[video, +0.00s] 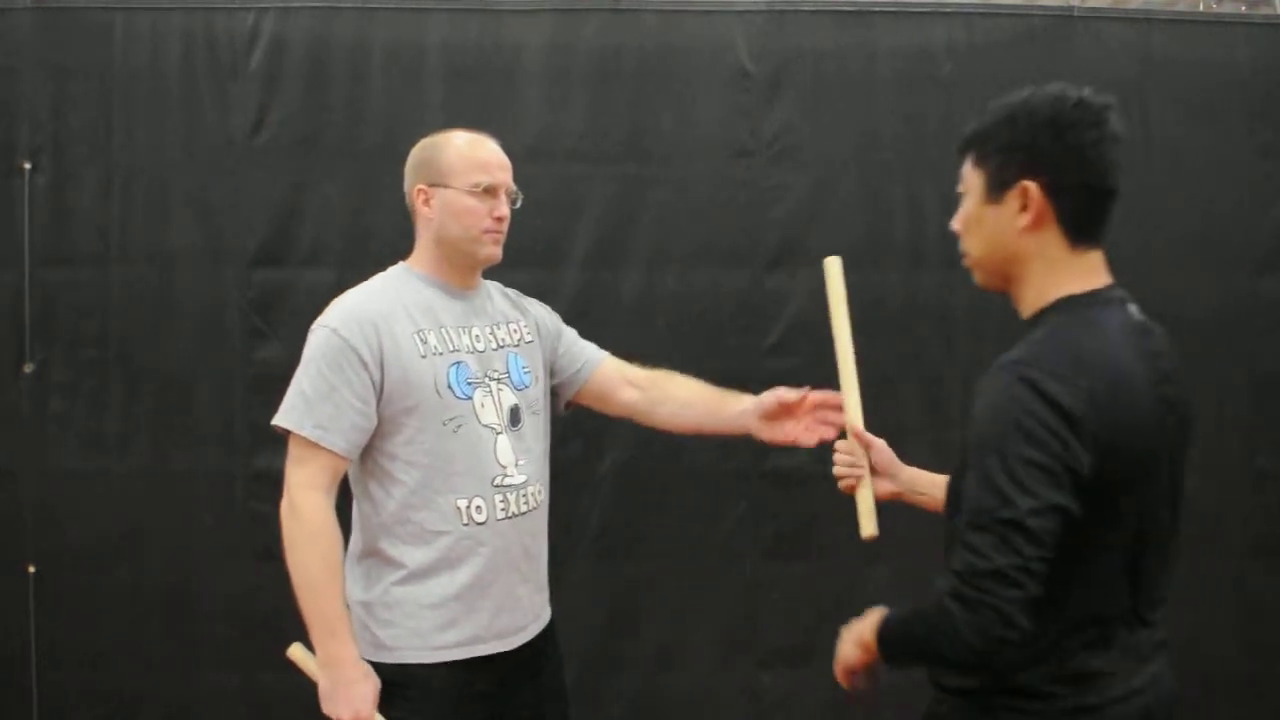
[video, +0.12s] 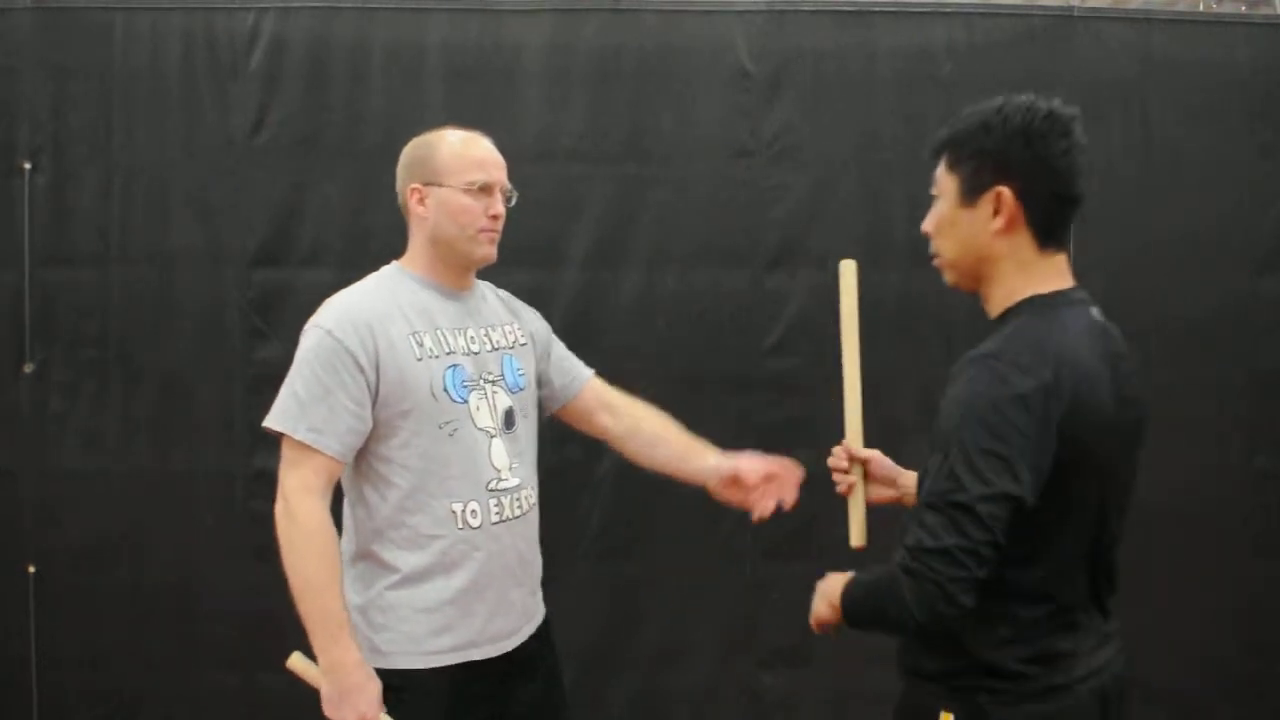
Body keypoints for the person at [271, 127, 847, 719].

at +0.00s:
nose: (503, 210)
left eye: (508, 195)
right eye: (483, 192)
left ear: (511, 205)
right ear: (423, 200)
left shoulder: (523, 318)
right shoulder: (358, 324)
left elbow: (634, 388)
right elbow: (305, 497)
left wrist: (751, 414)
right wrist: (339, 665)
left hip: (526, 644)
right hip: (413, 662)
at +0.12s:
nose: (498, 206)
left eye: (503, 192)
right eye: (478, 190)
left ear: (508, 201)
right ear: (418, 200)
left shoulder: (514, 319)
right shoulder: (351, 325)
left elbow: (610, 412)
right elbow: (300, 500)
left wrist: (716, 468)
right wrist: (343, 672)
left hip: (523, 646)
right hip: (408, 669)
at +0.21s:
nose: (501, 209)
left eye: (504, 193)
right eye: (481, 190)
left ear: (507, 200)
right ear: (419, 200)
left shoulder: (507, 318)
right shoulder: (351, 325)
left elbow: (587, 426)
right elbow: (303, 502)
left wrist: (681, 513)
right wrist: (349, 674)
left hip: (522, 644)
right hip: (410, 672)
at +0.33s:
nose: (515, 210)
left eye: (515, 194)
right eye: (494, 191)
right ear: (434, 201)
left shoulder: (510, 319)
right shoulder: (365, 323)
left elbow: (560, 444)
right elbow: (323, 497)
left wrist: (622, 561)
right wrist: (368, 671)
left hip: (524, 644)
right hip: (417, 670)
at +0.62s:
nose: (572, 212)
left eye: (570, 197)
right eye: (553, 193)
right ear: (496, 202)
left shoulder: (545, 322)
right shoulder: (428, 310)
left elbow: (559, 463)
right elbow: (395, 479)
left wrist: (579, 585)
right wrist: (446, 643)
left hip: (542, 642)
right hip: (451, 653)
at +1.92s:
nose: (542, 215)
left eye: (539, 199)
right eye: (528, 197)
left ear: (476, 205)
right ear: (471, 203)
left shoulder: (507, 321)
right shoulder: (415, 326)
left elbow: (542, 450)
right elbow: (430, 512)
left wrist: (620, 526)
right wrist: (503, 655)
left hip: (535, 650)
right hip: (440, 664)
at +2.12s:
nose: (532, 212)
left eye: (529, 196)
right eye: (517, 194)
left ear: (468, 206)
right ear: (463, 204)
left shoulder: (495, 318)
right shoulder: (423, 326)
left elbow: (560, 416)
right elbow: (466, 511)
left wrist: (632, 442)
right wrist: (549, 633)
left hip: (513, 647)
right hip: (444, 660)